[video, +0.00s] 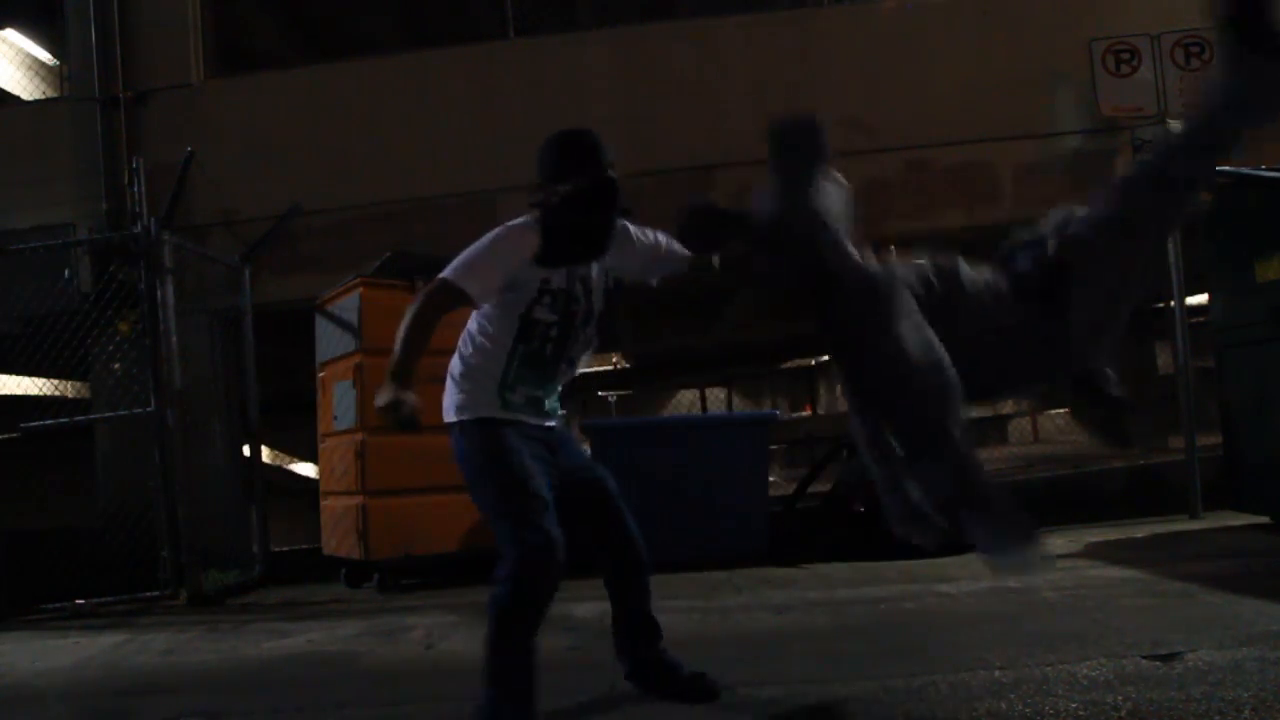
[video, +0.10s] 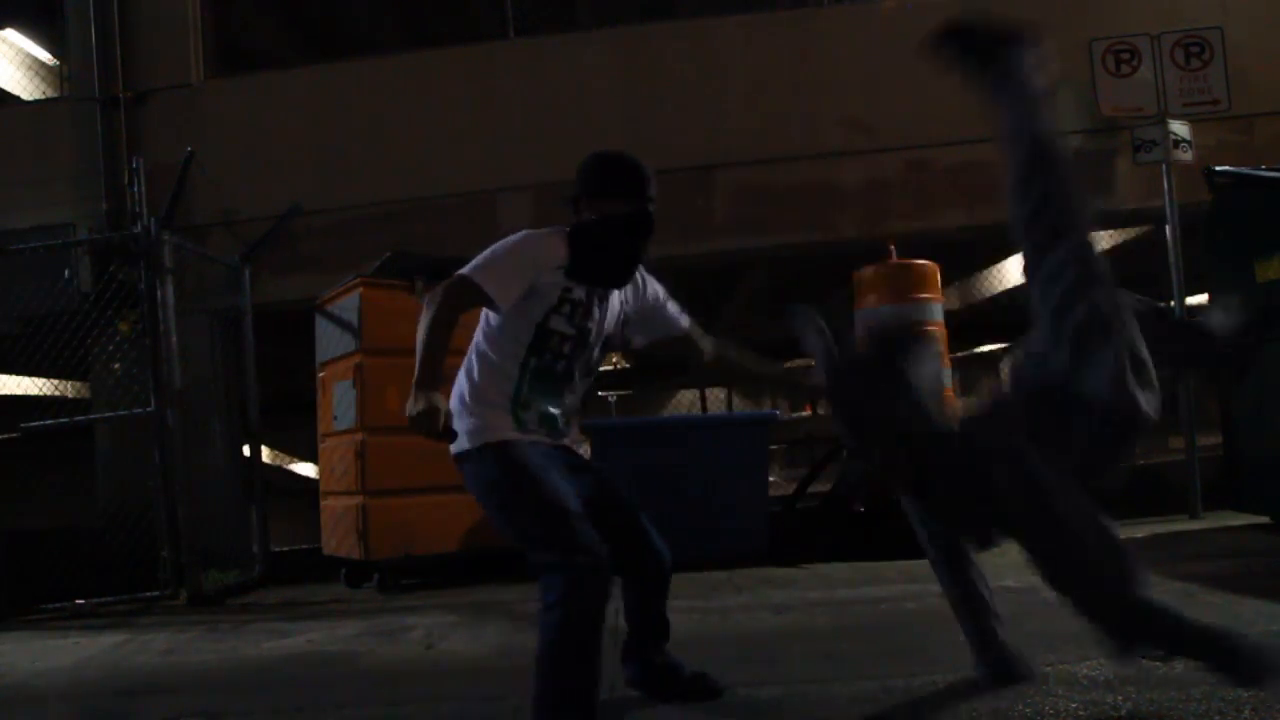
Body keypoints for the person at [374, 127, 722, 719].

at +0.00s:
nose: (603, 204)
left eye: (607, 190)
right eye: (588, 192)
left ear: (612, 189)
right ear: (555, 195)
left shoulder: (616, 240)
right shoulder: (517, 243)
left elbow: (692, 264)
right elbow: (430, 300)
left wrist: (724, 246)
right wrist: (396, 382)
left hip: (547, 422)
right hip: (485, 421)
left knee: (620, 542)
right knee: (534, 554)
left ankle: (647, 667)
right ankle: (505, 704)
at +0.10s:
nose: (635, 233)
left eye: (642, 218)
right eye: (621, 217)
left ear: (649, 218)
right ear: (585, 212)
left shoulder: (634, 288)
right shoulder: (534, 253)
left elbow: (705, 349)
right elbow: (446, 296)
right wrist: (423, 388)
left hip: (559, 445)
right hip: (494, 440)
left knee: (647, 557)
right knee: (577, 565)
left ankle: (648, 666)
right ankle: (564, 709)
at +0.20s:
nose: (657, 237)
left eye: (661, 223)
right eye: (646, 219)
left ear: (656, 225)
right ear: (609, 212)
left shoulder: (622, 293)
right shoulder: (551, 243)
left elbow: (633, 391)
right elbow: (455, 289)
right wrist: (427, 392)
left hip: (564, 444)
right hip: (505, 440)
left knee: (662, 558)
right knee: (613, 572)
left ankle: (650, 671)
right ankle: (578, 709)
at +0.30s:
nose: (660, 223)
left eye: (667, 211)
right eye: (652, 204)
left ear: (669, 212)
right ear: (617, 192)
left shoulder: (620, 268)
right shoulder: (561, 220)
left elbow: (575, 345)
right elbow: (464, 274)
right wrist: (445, 384)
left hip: (564, 425)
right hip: (512, 420)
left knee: (663, 535)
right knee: (608, 558)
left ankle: (634, 678)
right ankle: (574, 708)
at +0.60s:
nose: (653, 206)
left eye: (661, 192)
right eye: (643, 187)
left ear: (663, 192)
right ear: (609, 175)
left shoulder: (615, 253)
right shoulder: (547, 205)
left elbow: (563, 335)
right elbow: (465, 271)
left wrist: (577, 405)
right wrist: (464, 378)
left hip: (558, 408)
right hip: (502, 403)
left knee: (613, 542)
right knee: (541, 544)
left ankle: (607, 693)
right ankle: (489, 706)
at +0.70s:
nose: (606, 167)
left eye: (616, 155)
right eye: (593, 151)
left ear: (623, 161)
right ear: (561, 147)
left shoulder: (604, 237)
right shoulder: (504, 195)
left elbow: (585, 325)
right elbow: (438, 269)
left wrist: (636, 387)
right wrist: (441, 366)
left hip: (554, 409)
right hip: (488, 405)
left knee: (612, 542)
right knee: (512, 550)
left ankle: (607, 691)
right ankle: (432, 698)